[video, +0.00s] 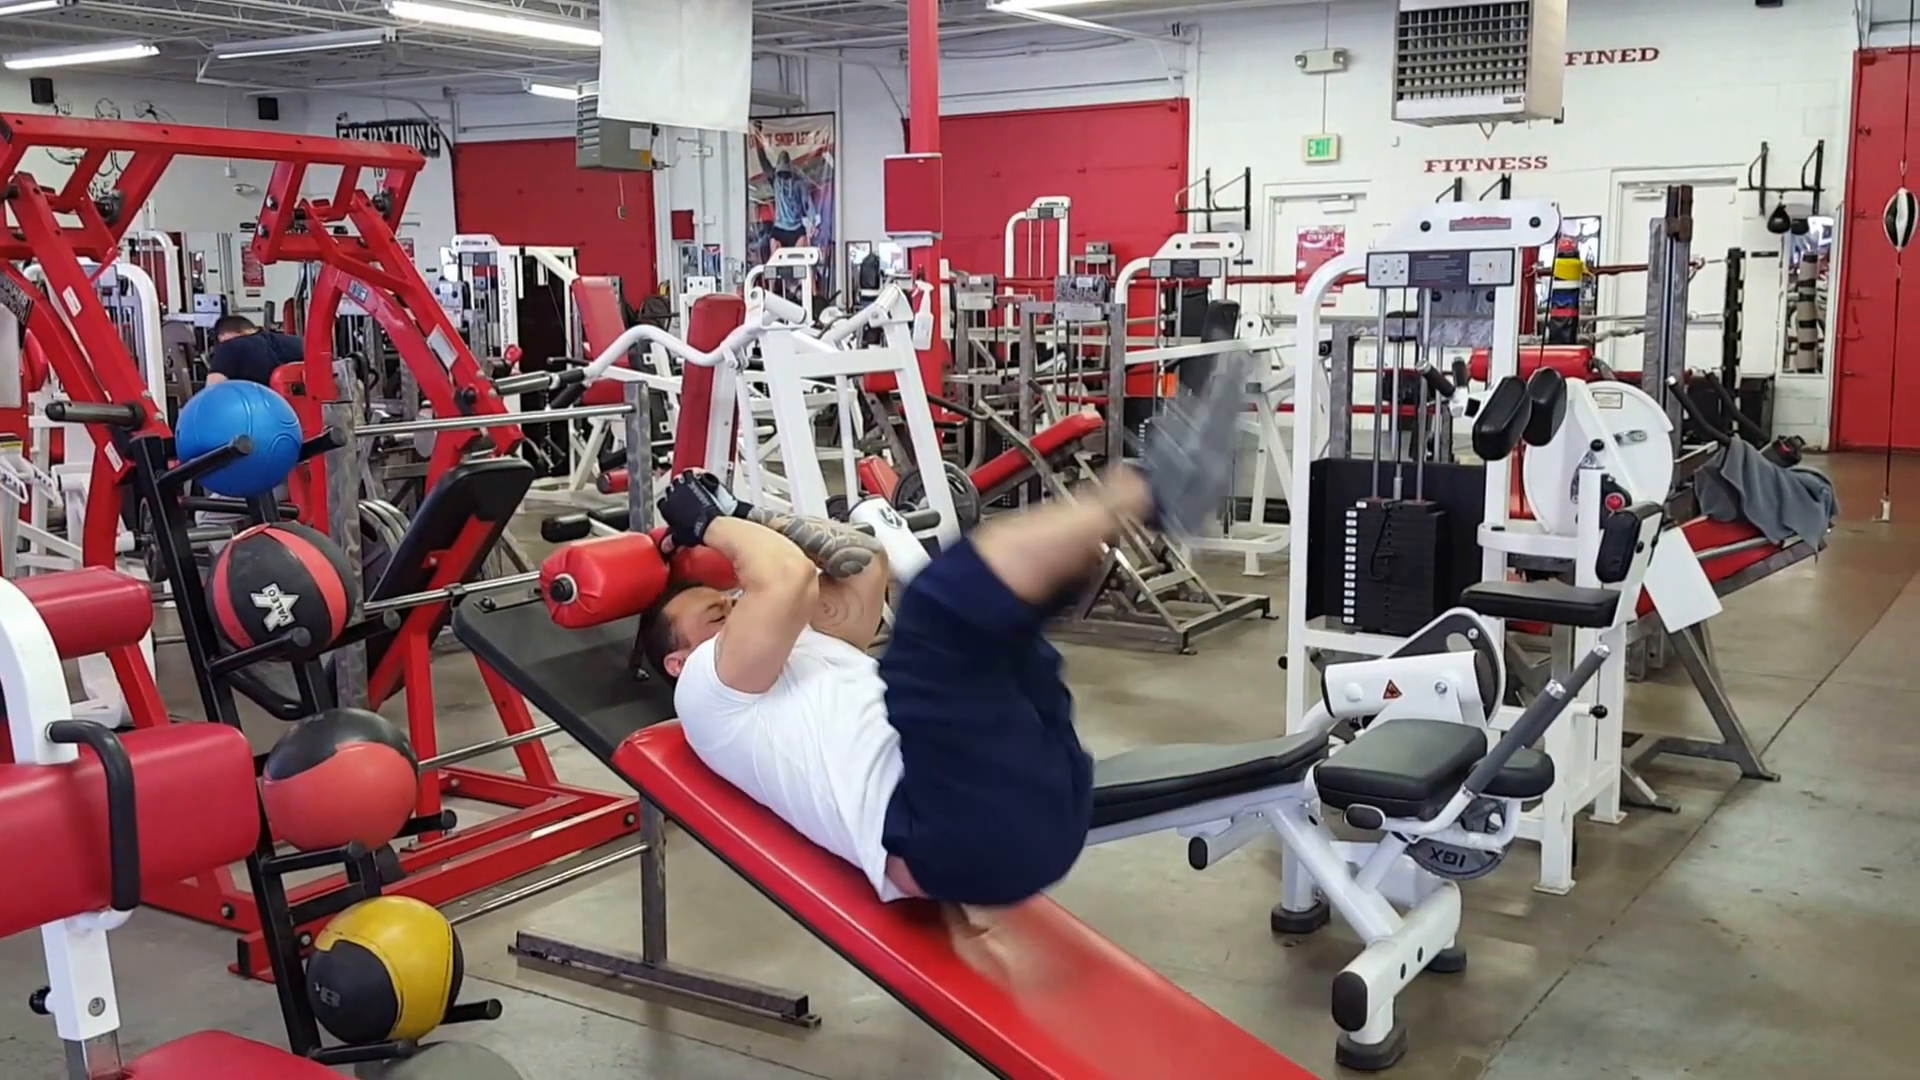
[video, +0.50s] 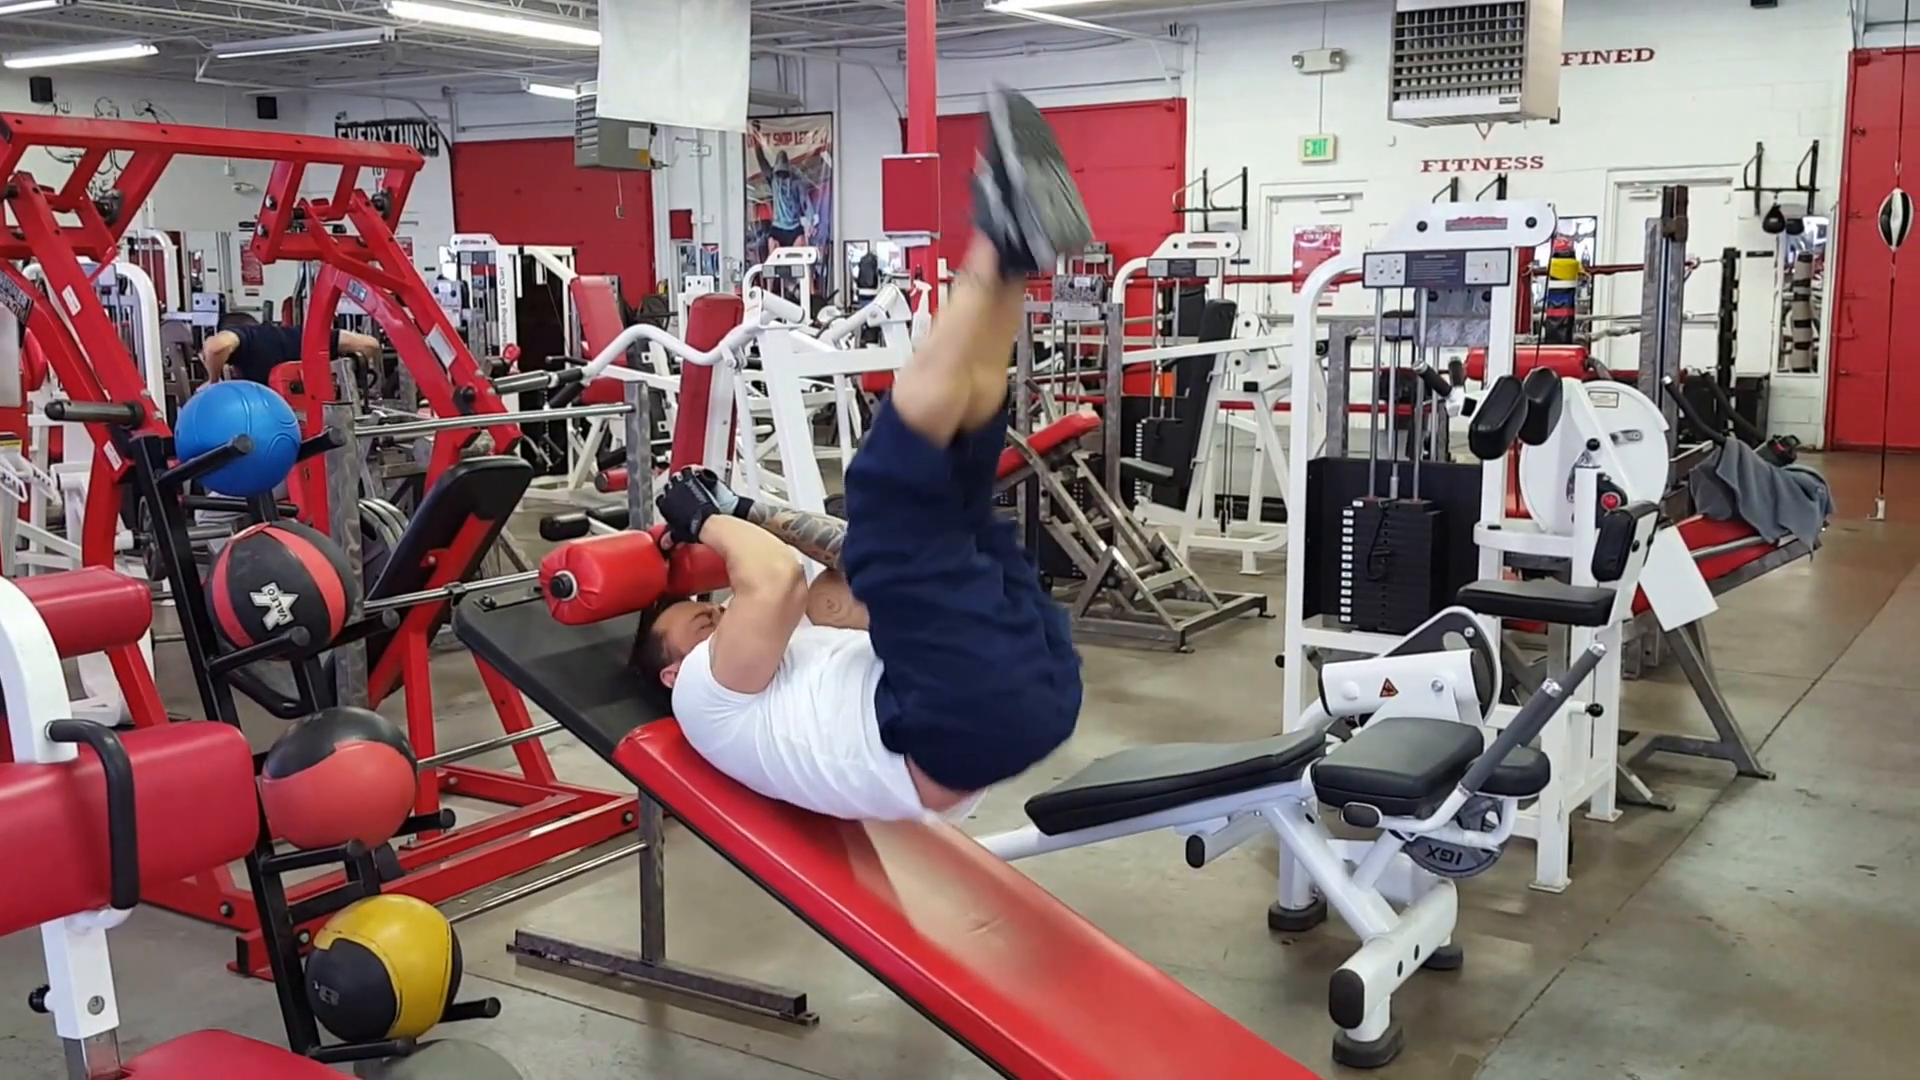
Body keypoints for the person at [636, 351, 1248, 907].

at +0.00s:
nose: (735, 606)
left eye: (727, 598)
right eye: (710, 607)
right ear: (680, 651)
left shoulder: (804, 663)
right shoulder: (708, 690)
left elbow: (866, 573)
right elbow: (784, 576)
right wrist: (714, 521)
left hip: (1034, 805)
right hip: (972, 835)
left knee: (974, 589)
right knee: (946, 597)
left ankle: (1157, 486)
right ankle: (1144, 486)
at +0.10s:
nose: (732, 616)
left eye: (727, 609)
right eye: (709, 616)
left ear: (739, 613)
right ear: (673, 662)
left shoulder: (803, 659)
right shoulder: (703, 692)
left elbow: (860, 600)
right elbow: (786, 576)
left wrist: (768, 533)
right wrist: (710, 519)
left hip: (1046, 757)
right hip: (969, 789)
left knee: (940, 557)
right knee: (894, 551)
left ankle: (1073, 378)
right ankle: (1054, 377)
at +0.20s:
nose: (719, 608)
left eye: (713, 602)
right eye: (697, 613)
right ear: (670, 665)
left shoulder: (784, 664)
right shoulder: (699, 695)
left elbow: (848, 603)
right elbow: (781, 578)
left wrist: (764, 563)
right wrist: (711, 525)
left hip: (1033, 712)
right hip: (960, 740)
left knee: (940, 509)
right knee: (877, 504)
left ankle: (1002, 293)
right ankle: (990, 285)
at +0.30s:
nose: (710, 608)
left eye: (704, 604)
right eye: (688, 616)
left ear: (720, 610)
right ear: (664, 664)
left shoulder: (780, 658)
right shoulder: (697, 693)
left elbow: (864, 595)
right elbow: (772, 572)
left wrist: (754, 541)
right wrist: (704, 515)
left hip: (1027, 682)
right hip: (958, 706)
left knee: (955, 469)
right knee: (894, 465)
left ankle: (987, 222)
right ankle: (959, 208)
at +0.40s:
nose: (719, 607)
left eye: (712, 604)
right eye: (696, 614)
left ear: (729, 613)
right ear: (668, 666)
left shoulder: (788, 664)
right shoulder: (702, 695)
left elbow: (858, 589)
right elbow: (772, 573)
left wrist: (756, 523)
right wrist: (704, 518)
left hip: (1033, 679)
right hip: (964, 698)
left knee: (961, 462)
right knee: (898, 459)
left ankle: (991, 217)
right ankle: (961, 201)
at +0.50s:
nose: (710, 606)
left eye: (704, 605)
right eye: (691, 613)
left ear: (712, 625)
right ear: (676, 658)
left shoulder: (786, 668)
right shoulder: (704, 698)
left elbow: (850, 598)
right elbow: (775, 577)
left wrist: (746, 531)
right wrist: (711, 519)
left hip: (1036, 697)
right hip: (964, 719)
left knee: (949, 496)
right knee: (889, 477)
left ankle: (1014, 264)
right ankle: (994, 247)